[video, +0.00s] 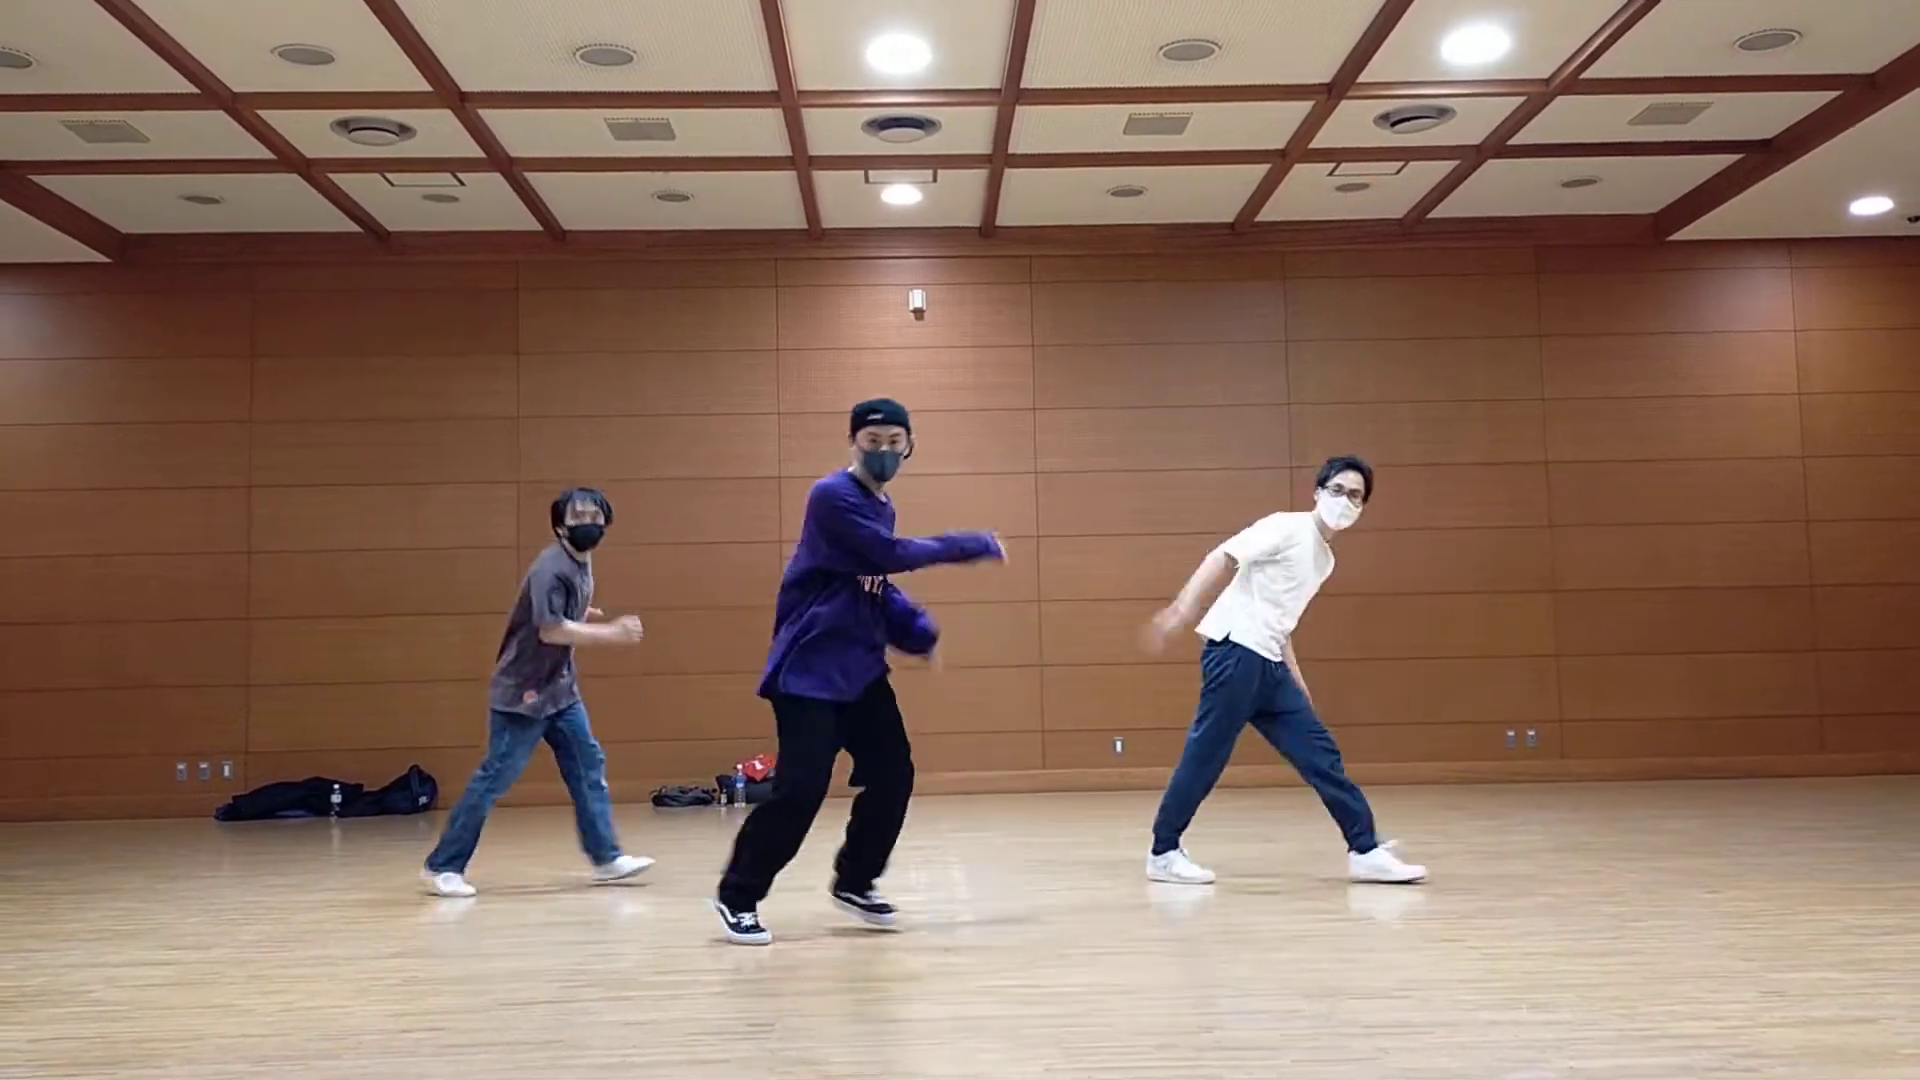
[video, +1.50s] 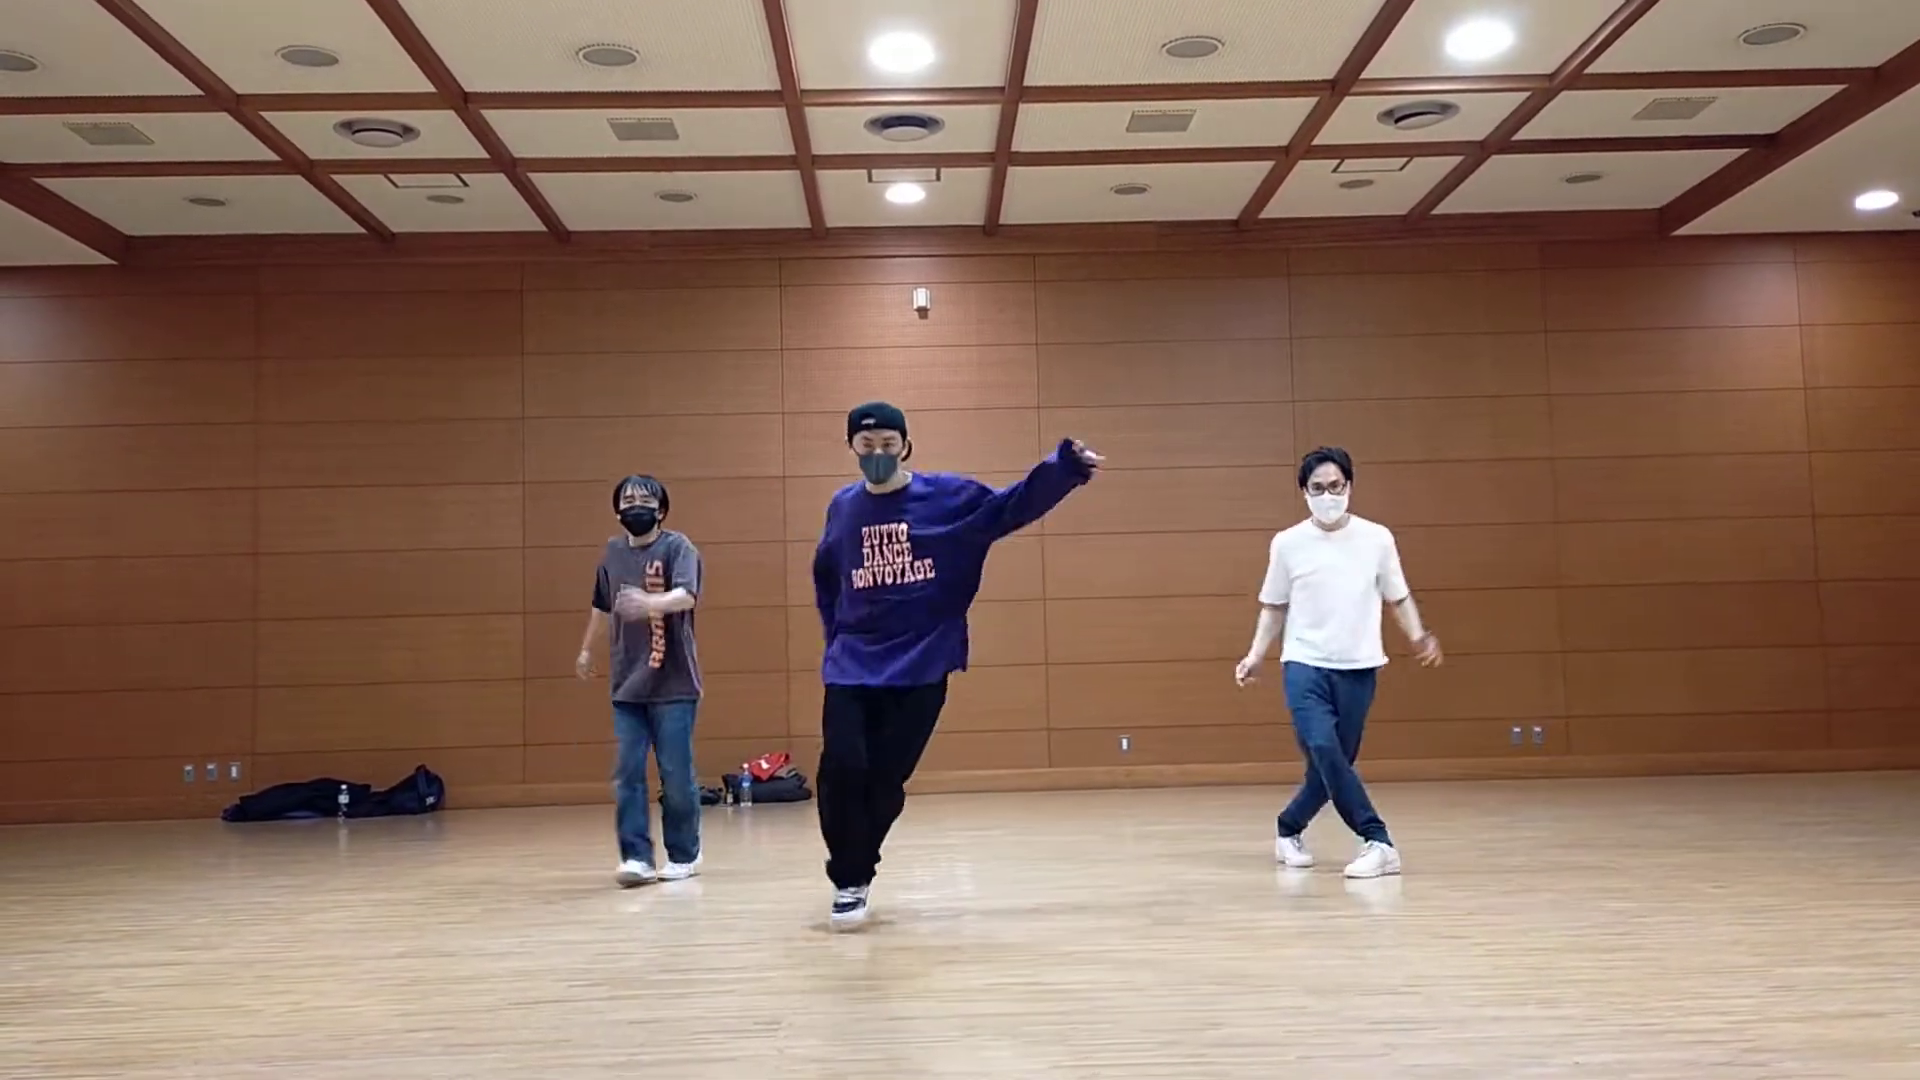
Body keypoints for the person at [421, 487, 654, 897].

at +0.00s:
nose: (587, 522)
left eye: (594, 515)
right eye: (577, 515)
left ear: (605, 523)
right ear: (561, 523)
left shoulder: (581, 565)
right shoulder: (550, 569)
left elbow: (559, 606)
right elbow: (550, 631)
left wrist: (582, 613)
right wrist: (610, 634)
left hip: (558, 688)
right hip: (521, 692)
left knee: (587, 764)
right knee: (495, 777)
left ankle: (606, 858)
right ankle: (443, 867)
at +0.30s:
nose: (627, 527)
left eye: (634, 521)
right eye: (618, 521)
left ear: (645, 528)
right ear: (603, 529)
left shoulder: (646, 562)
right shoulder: (583, 576)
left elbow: (651, 589)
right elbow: (569, 639)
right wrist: (605, 669)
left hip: (626, 696)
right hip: (579, 699)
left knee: (643, 771)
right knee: (544, 779)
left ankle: (632, 864)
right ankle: (492, 853)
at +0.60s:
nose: (659, 523)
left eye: (667, 516)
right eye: (651, 517)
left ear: (681, 523)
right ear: (639, 526)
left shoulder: (700, 569)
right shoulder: (620, 569)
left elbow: (725, 621)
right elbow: (603, 619)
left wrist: (746, 655)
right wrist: (612, 647)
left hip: (692, 691)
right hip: (646, 696)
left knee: (691, 764)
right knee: (681, 780)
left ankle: (689, 854)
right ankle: (733, 847)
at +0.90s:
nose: (676, 516)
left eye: (684, 510)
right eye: (668, 510)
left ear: (697, 519)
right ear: (656, 520)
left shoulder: (715, 565)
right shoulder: (633, 564)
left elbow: (727, 623)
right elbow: (611, 616)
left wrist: (711, 656)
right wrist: (601, 667)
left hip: (702, 693)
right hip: (650, 692)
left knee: (725, 772)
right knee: (629, 772)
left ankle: (750, 859)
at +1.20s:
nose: (643, 532)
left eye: (652, 525)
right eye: (637, 525)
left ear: (667, 531)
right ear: (626, 530)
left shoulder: (683, 576)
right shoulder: (603, 571)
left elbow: (703, 632)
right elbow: (563, 612)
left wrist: (689, 621)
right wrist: (527, 652)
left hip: (654, 704)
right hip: (601, 700)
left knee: (662, 781)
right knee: (572, 785)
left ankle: (676, 854)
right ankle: (557, 864)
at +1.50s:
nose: (636, 508)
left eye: (644, 501)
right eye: (629, 502)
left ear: (659, 507)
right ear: (619, 510)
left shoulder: (678, 546)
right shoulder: (612, 554)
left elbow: (687, 596)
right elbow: (601, 609)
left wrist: (649, 603)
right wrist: (586, 650)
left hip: (674, 681)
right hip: (628, 683)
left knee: (675, 774)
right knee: (628, 772)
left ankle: (683, 855)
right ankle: (636, 857)